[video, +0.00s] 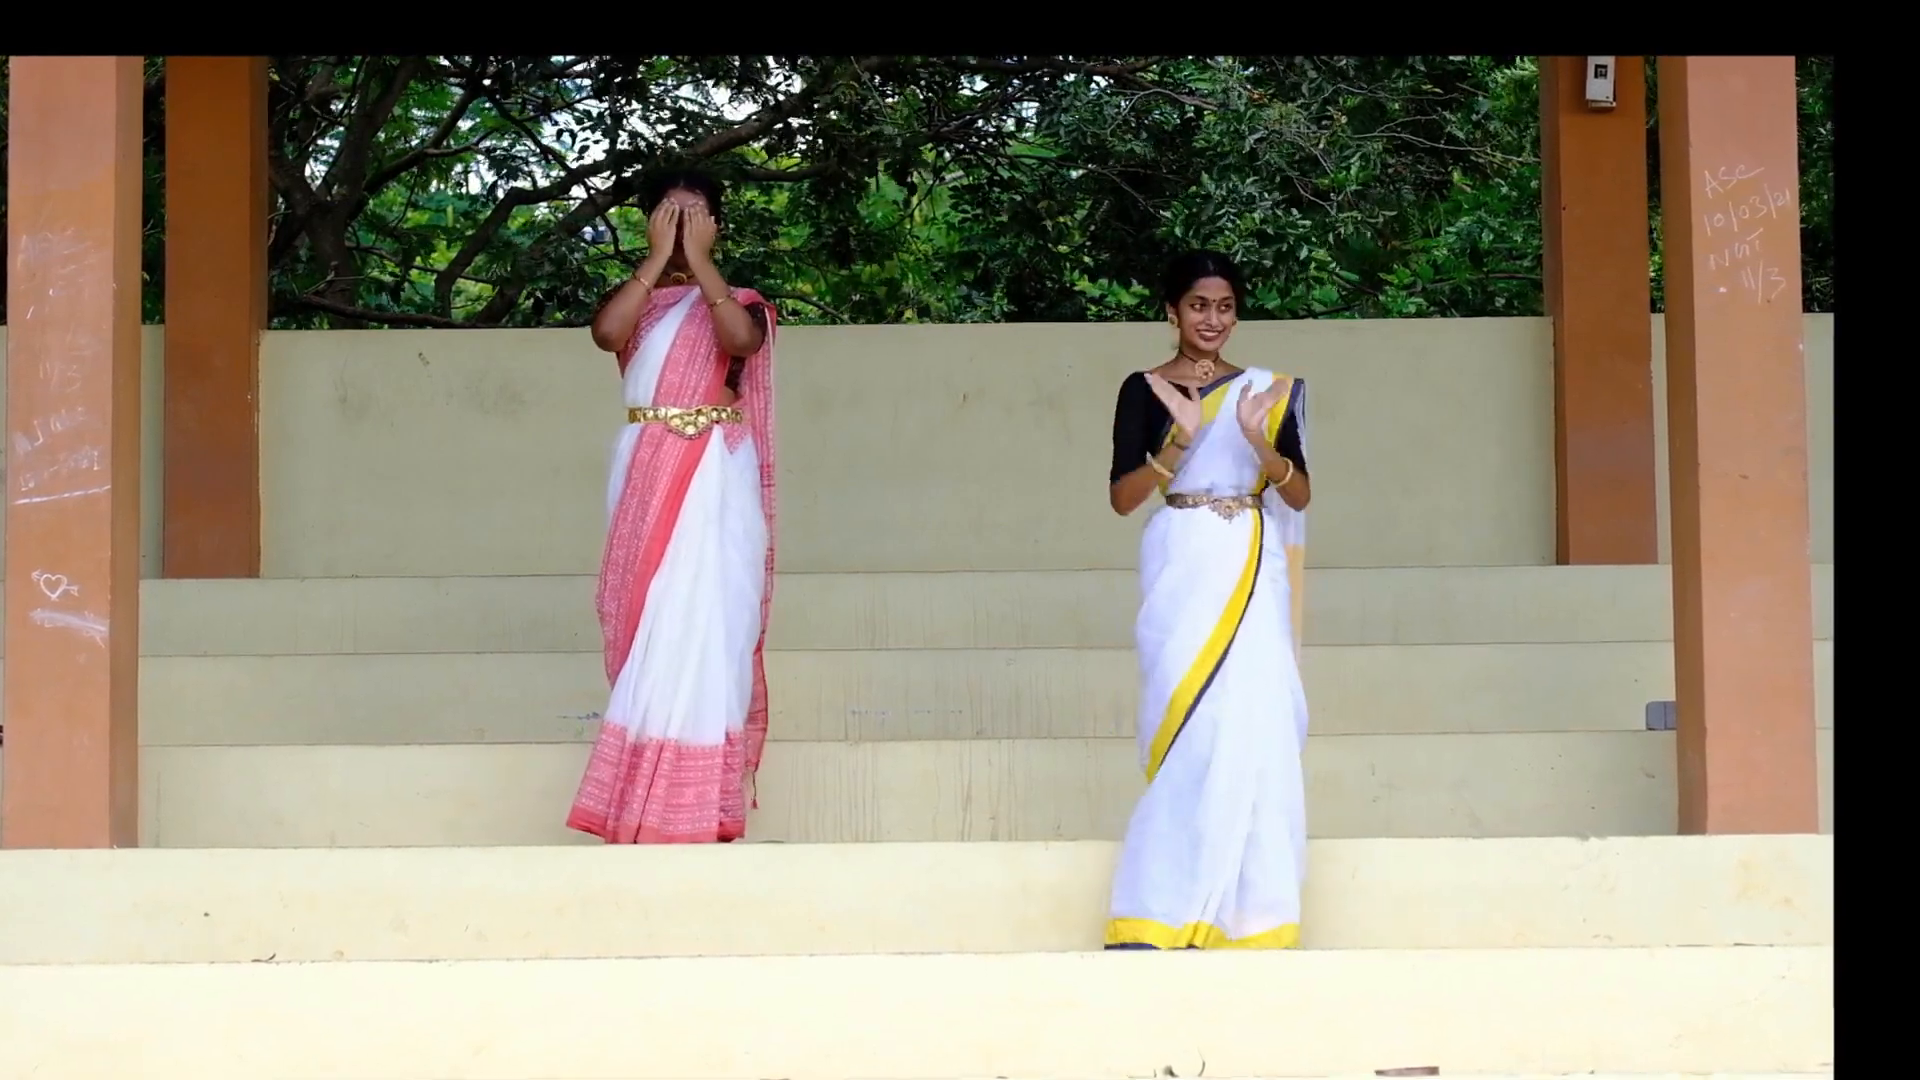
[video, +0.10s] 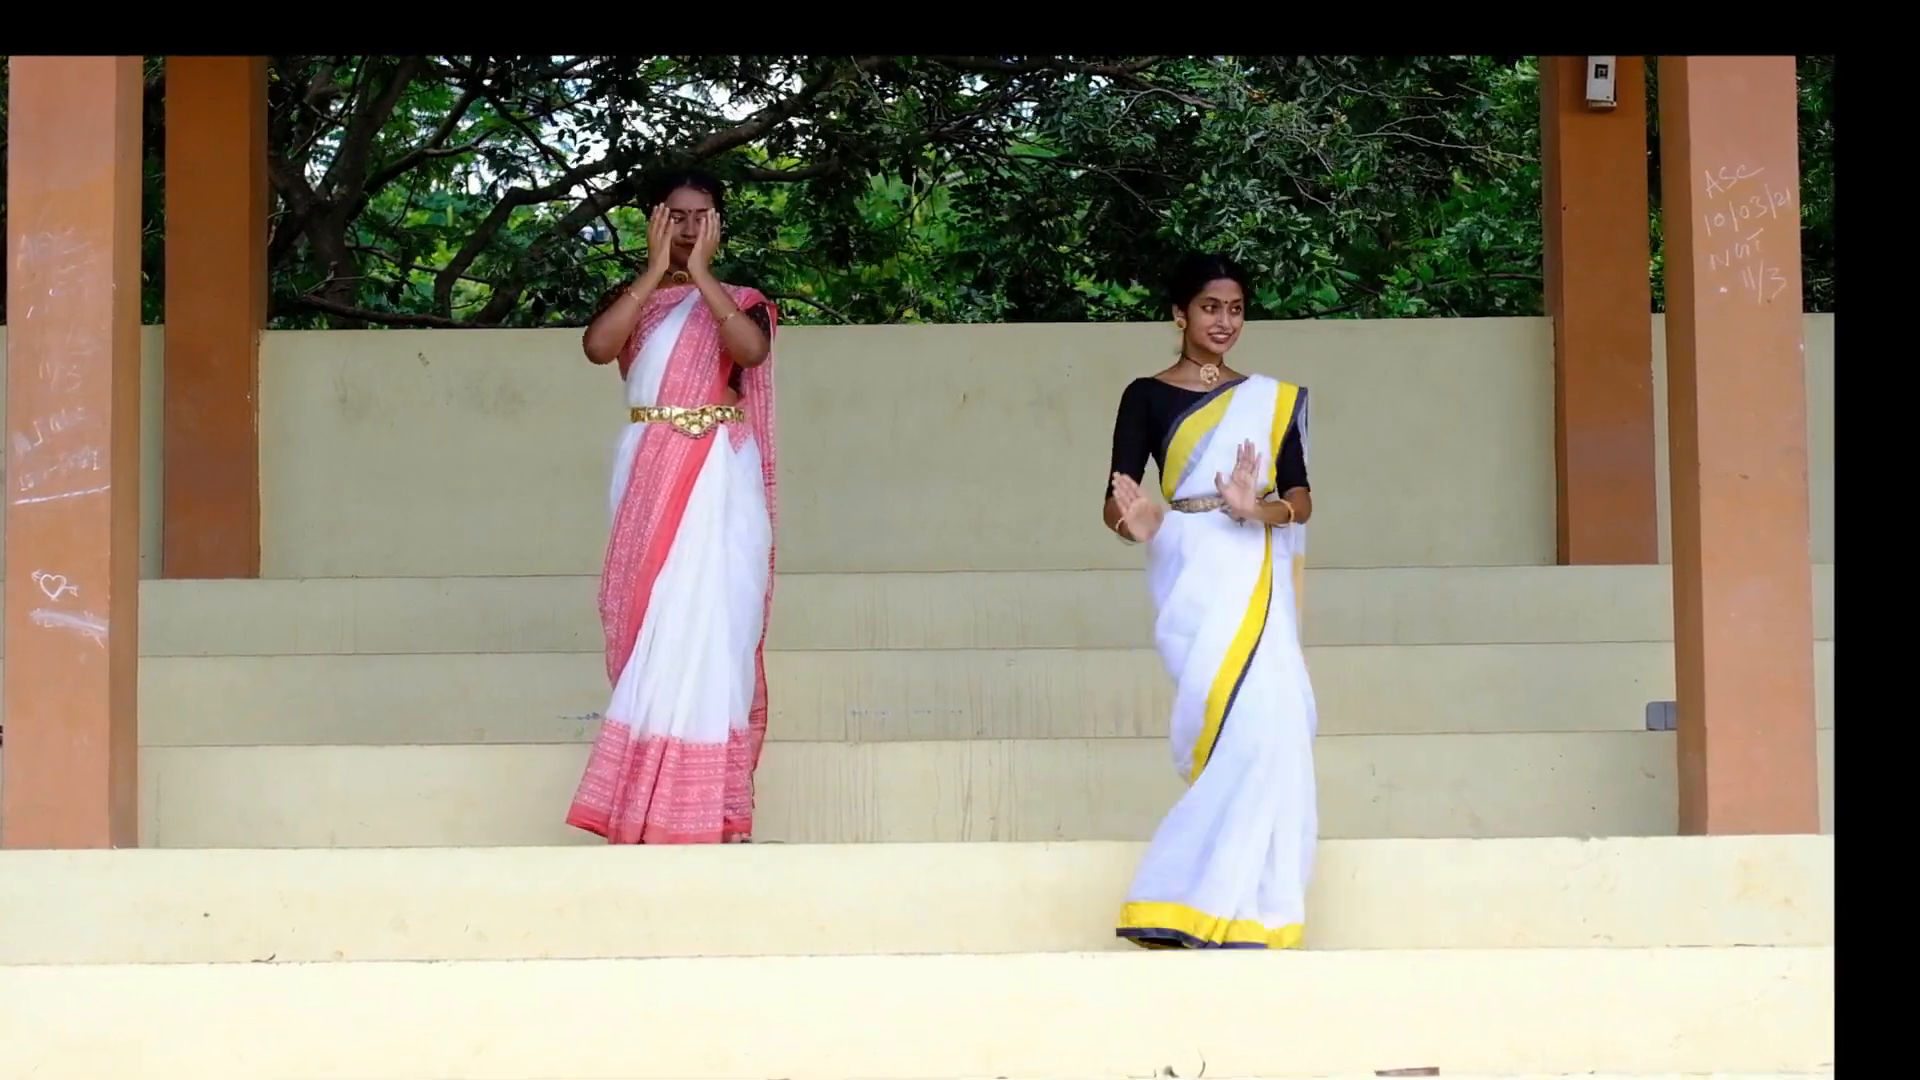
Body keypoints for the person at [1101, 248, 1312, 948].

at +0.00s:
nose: (1213, 318)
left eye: (1224, 307)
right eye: (1200, 305)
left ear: (1236, 316)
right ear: (1174, 311)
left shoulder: (1273, 392)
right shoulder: (1145, 389)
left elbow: (1299, 496)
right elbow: (1123, 498)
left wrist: (1265, 448)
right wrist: (1178, 441)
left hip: (1255, 563)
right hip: (1183, 563)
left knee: (1254, 723)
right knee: (1186, 722)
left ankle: (1248, 908)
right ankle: (1175, 908)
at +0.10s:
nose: (1225, 320)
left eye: (1235, 309)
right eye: (1212, 307)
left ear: (1244, 318)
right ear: (1181, 312)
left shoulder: (1271, 400)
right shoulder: (1148, 395)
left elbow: (1299, 498)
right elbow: (1121, 497)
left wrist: (1261, 510)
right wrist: (1132, 520)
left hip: (1266, 572)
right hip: (1193, 570)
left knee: (1284, 722)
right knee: (1248, 726)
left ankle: (1247, 913)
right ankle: (1167, 900)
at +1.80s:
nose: (1169, 340)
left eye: (1180, 326)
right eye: (1166, 328)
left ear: (1222, 327)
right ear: (1181, 334)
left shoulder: (1291, 396)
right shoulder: (1176, 433)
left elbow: (1391, 453)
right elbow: (1101, 529)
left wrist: (1310, 477)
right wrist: (1006, 558)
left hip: (1285, 591)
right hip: (1211, 592)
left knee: (1260, 738)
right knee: (1201, 734)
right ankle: (1210, 904)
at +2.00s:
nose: (1154, 358)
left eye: (1164, 343)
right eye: (1151, 346)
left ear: (1206, 342)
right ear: (1171, 350)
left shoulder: (1282, 404)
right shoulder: (1170, 447)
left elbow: (1386, 448)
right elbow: (1079, 530)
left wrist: (1301, 482)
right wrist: (978, 555)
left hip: (1286, 589)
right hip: (1214, 591)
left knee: (1229, 727)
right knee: (1072, 600)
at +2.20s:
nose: (1139, 372)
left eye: (1148, 357)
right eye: (1134, 360)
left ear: (1191, 354)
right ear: (1156, 364)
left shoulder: (1271, 410)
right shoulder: (1164, 461)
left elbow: (1382, 448)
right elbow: (1066, 536)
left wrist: (1302, 488)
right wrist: (959, 563)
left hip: (1292, 590)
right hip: (1223, 599)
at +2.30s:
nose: (1133, 381)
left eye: (1140, 365)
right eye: (1127, 370)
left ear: (1183, 359)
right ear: (1151, 372)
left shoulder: (1269, 411)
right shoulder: (1161, 466)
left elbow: (1380, 448)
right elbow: (1061, 538)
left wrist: (1303, 489)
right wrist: (955, 568)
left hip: (1297, 591)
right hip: (1226, 602)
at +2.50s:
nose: (1128, 386)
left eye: (1135, 370)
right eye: (1122, 375)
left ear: (1177, 363)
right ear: (1143, 379)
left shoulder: (1267, 413)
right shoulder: (1160, 469)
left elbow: (1379, 446)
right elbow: (1057, 537)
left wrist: (1304, 488)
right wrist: (948, 570)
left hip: (1300, 590)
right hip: (1229, 602)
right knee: (1072, 609)